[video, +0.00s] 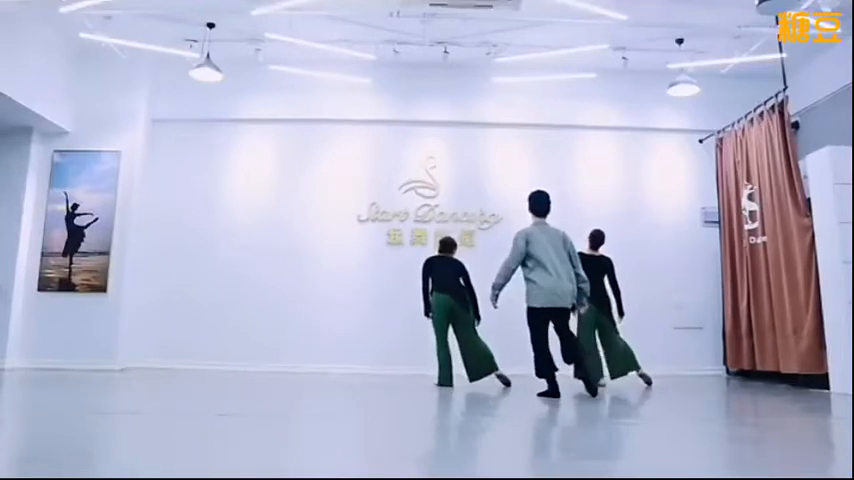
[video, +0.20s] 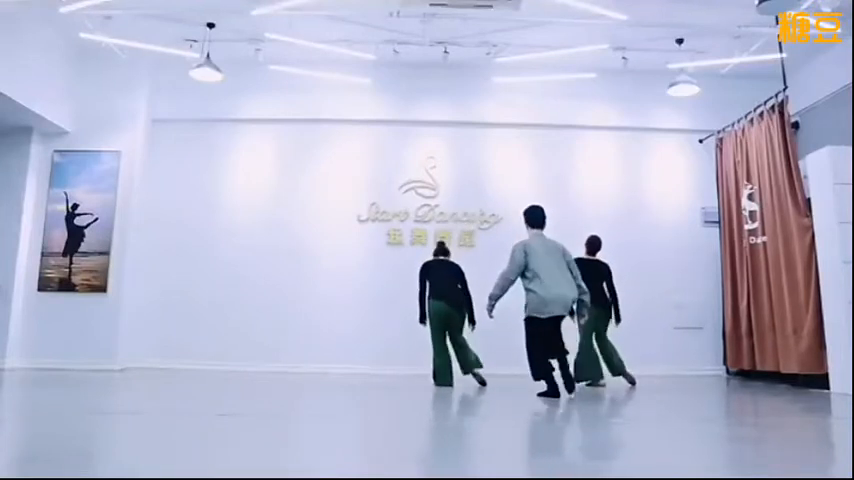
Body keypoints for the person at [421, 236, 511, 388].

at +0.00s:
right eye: (454, 250)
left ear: (439, 248)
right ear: (454, 250)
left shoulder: (430, 262)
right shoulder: (458, 264)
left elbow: (425, 286)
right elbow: (469, 288)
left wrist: (427, 307)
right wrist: (476, 312)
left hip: (439, 299)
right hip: (459, 300)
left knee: (441, 341)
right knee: (472, 337)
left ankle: (445, 379)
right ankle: (495, 370)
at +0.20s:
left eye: (438, 254)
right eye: (445, 255)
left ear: (434, 254)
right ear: (448, 254)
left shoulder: (427, 266)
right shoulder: (455, 267)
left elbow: (422, 292)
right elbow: (466, 292)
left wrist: (422, 314)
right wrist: (471, 315)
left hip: (436, 307)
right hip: (456, 307)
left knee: (439, 343)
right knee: (457, 338)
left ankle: (443, 379)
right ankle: (472, 367)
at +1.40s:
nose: (427, 225)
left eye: (424, 221)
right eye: (428, 222)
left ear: (414, 221)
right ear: (429, 223)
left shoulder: (404, 238)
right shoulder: (433, 242)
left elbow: (398, 265)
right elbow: (436, 270)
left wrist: (396, 288)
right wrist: (439, 292)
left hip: (409, 289)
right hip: (427, 290)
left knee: (411, 328)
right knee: (425, 329)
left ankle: (415, 366)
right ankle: (423, 368)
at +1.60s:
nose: (420, 223)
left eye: (416, 219)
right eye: (420, 220)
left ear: (405, 219)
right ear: (420, 221)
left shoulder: (395, 238)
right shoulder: (425, 240)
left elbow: (391, 264)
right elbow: (429, 268)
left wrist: (389, 286)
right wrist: (433, 290)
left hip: (402, 288)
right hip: (420, 288)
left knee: (403, 328)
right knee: (422, 327)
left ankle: (403, 367)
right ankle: (422, 367)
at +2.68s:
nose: (382, 220)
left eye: (380, 217)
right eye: (382, 217)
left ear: (366, 218)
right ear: (382, 219)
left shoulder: (358, 236)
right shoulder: (388, 239)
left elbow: (353, 262)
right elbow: (392, 267)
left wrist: (350, 285)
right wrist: (394, 288)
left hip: (362, 285)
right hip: (382, 287)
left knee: (361, 326)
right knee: (380, 327)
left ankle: (359, 366)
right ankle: (377, 367)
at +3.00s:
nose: (373, 220)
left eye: (371, 216)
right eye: (373, 217)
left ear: (357, 216)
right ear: (372, 219)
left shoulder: (348, 235)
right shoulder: (378, 239)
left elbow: (342, 262)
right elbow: (381, 267)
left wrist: (338, 285)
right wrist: (383, 290)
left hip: (352, 285)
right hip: (371, 287)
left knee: (352, 326)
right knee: (368, 327)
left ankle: (355, 369)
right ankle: (362, 369)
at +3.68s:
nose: (353, 220)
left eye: (351, 216)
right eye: (353, 217)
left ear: (336, 217)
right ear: (351, 218)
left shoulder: (328, 235)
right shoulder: (358, 238)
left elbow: (320, 261)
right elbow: (362, 265)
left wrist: (314, 283)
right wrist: (365, 288)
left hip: (331, 285)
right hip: (350, 286)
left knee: (331, 326)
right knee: (348, 326)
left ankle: (334, 366)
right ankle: (343, 366)